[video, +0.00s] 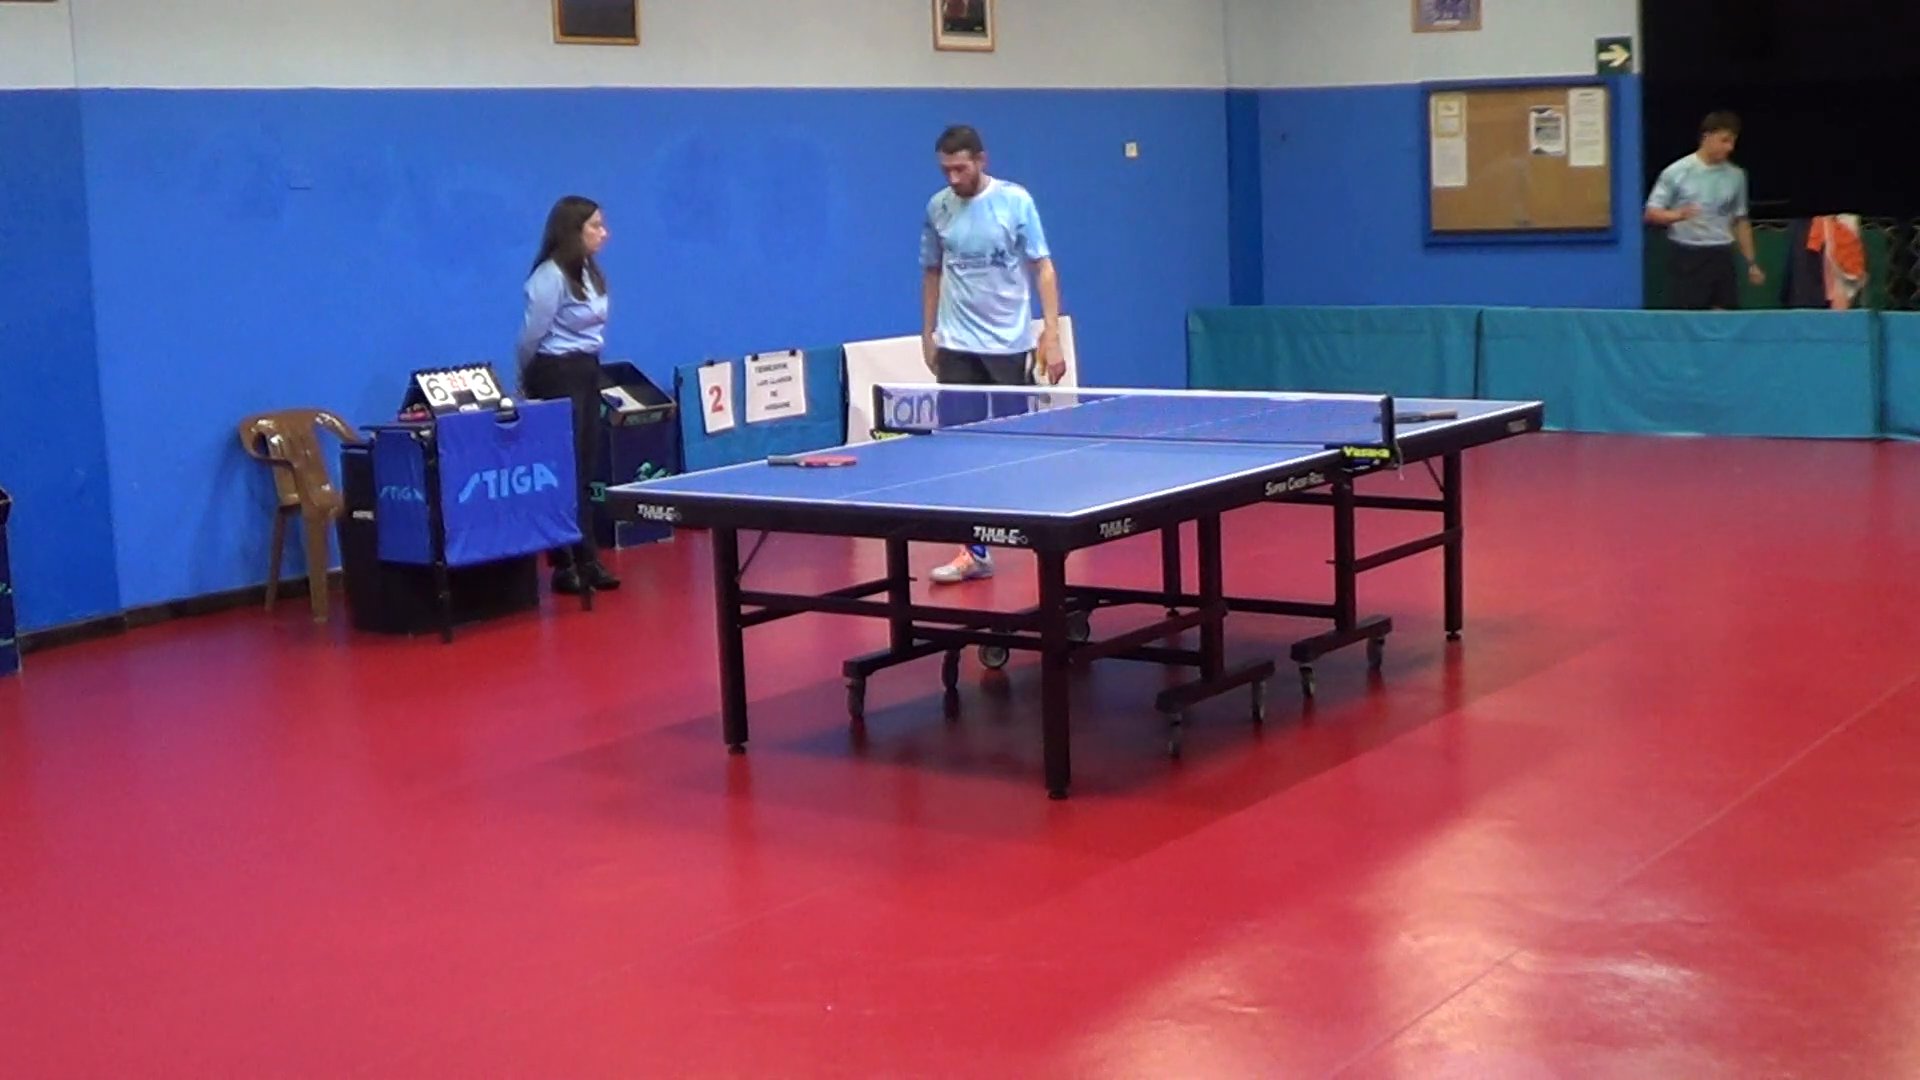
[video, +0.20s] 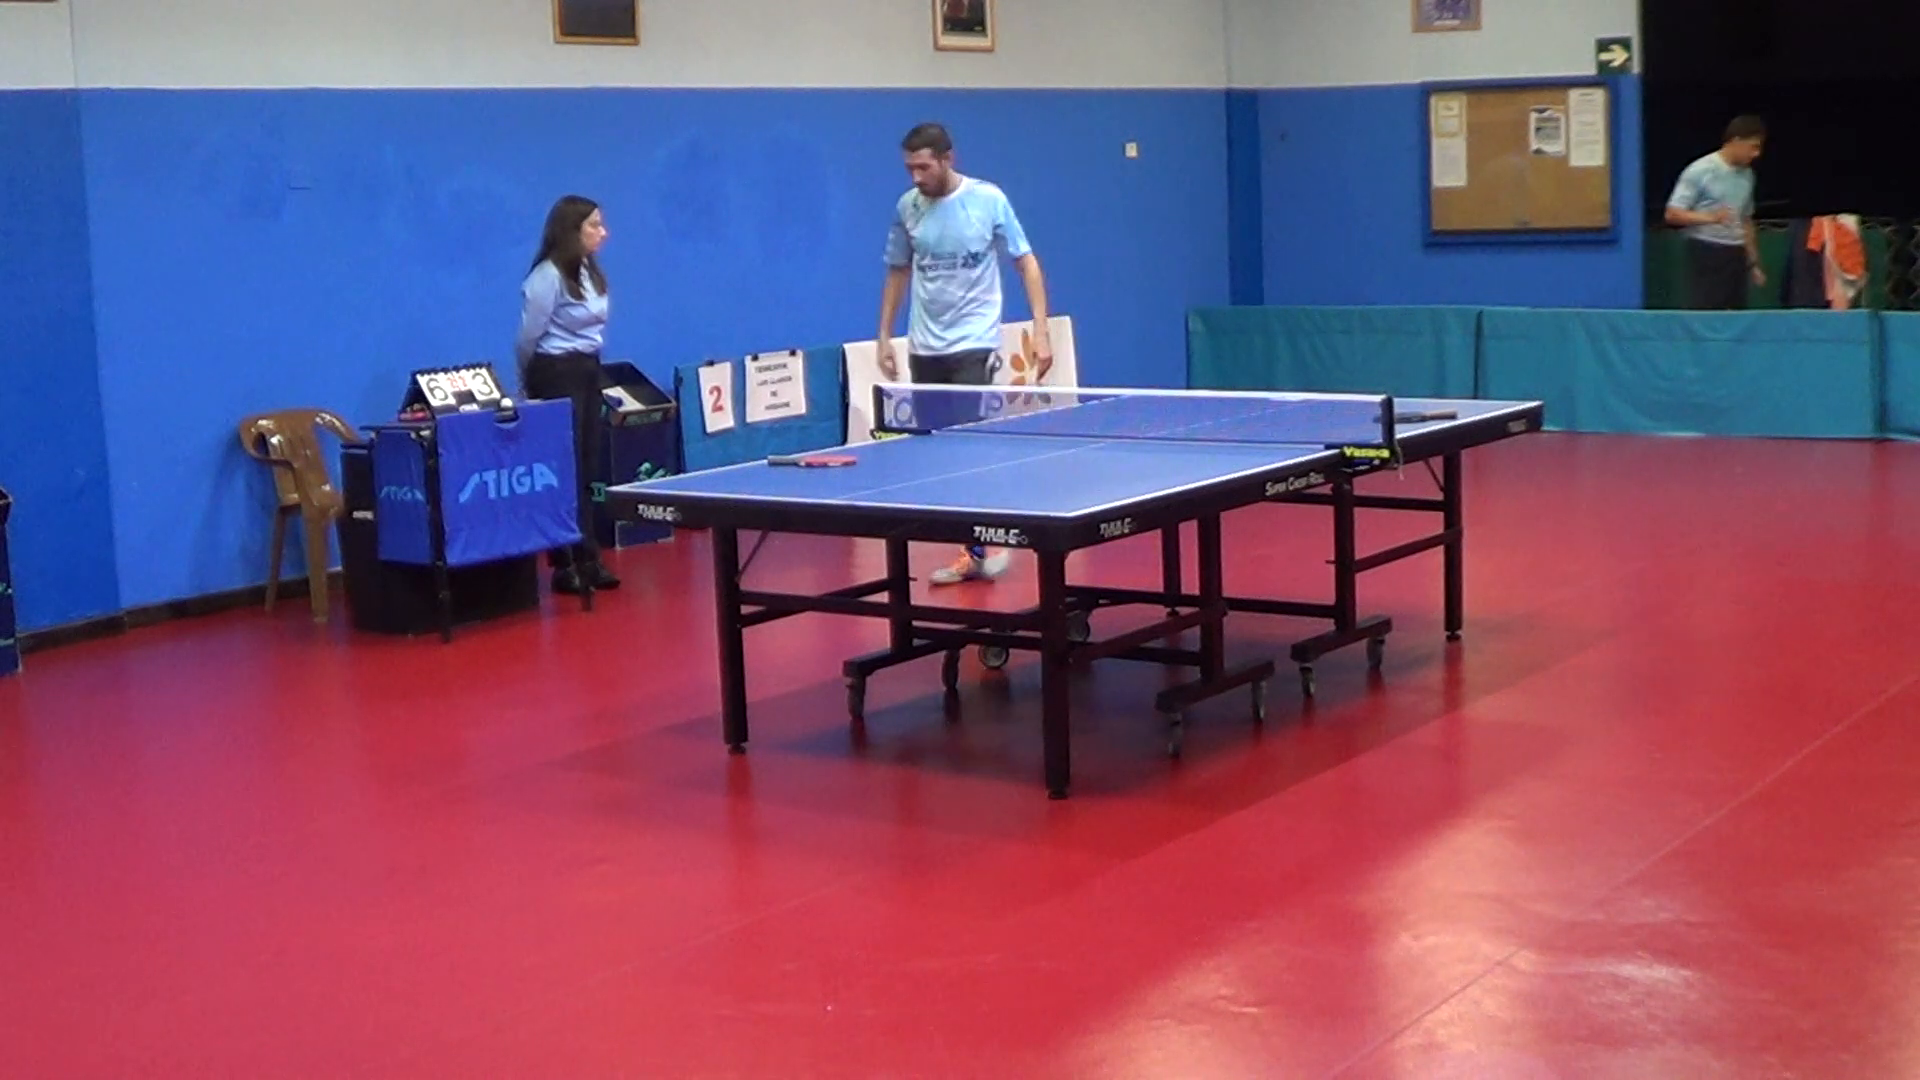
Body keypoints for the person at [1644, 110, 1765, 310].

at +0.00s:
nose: (1730, 147)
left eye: (1733, 142)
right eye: (1725, 140)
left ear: (1735, 143)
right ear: (1706, 137)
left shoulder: (1736, 176)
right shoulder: (1676, 172)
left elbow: (1741, 221)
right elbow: (1651, 213)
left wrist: (1751, 262)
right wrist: (1678, 215)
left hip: (1721, 253)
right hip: (1686, 252)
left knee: (1724, 315)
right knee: (1687, 317)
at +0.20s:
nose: (1756, 154)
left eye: (1759, 148)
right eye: (1753, 147)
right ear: (1735, 141)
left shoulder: (1747, 176)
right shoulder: (1700, 170)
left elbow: (1746, 221)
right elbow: (1672, 214)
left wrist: (1753, 264)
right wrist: (1710, 217)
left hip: (1736, 251)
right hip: (1705, 249)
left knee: (1735, 314)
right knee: (1706, 315)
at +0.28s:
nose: (1763, 154)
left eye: (1766, 148)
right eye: (1761, 146)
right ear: (1744, 139)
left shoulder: (1749, 174)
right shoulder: (1708, 168)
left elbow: (1747, 223)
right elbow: (1682, 212)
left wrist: (1756, 262)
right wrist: (1724, 219)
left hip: (1739, 250)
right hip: (1711, 248)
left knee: (1739, 313)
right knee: (1716, 313)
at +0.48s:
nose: (1780, 156)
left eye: (1783, 151)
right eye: (1779, 149)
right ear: (1764, 140)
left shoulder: (1754, 172)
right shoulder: (1731, 167)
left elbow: (1752, 225)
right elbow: (1712, 211)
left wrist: (1764, 263)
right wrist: (1760, 223)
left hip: (1747, 251)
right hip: (1728, 249)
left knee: (1750, 317)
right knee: (1742, 317)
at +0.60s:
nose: (1793, 159)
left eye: (1795, 154)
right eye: (1792, 152)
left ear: (1778, 144)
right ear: (1777, 142)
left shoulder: (1763, 171)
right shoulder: (1747, 168)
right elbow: (1729, 213)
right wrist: (1776, 229)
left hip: (1756, 251)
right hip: (1741, 251)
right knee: (1760, 317)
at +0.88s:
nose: (1833, 162)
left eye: (1836, 156)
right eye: (1833, 155)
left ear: (1820, 146)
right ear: (1819, 145)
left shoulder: (1803, 172)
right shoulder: (1790, 171)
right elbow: (1771, 220)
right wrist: (1813, 238)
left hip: (1800, 252)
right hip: (1782, 252)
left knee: (1812, 316)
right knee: (1791, 318)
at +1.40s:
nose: (1912, 173)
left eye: (1915, 167)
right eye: (1913, 165)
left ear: (1900, 155)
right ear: (1901, 155)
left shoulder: (1880, 178)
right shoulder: (1867, 177)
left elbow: (1869, 231)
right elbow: (1854, 230)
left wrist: (1900, 253)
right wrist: (1897, 254)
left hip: (1864, 258)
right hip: (1848, 258)